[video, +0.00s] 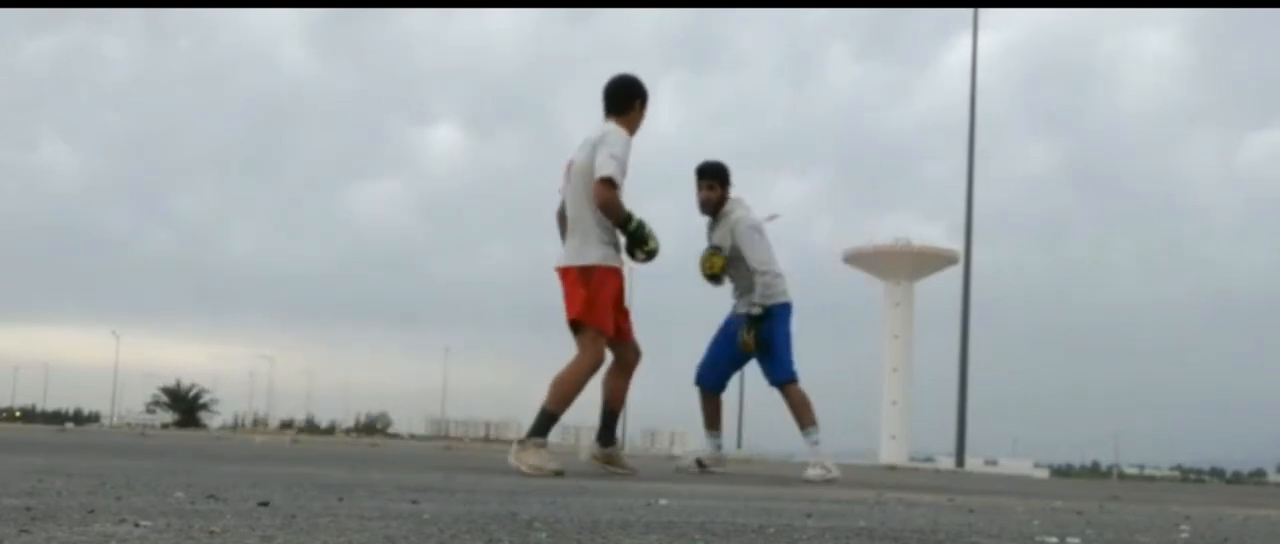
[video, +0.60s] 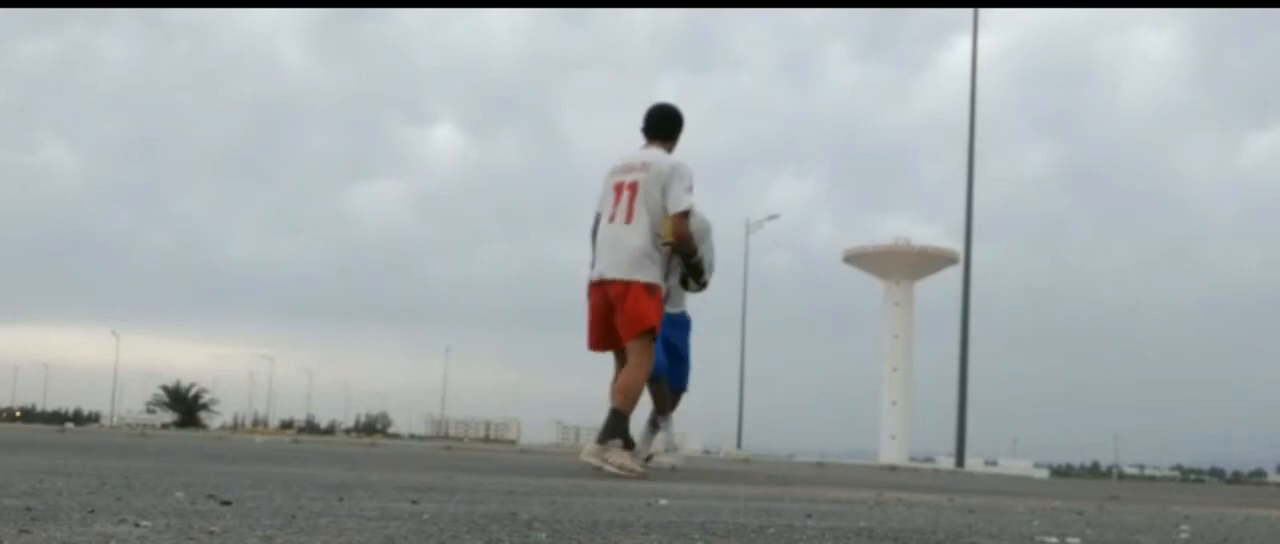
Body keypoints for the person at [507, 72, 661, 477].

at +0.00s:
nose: (644, 117)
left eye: (644, 110)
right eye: (644, 109)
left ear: (607, 106)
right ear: (637, 107)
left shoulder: (587, 145)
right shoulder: (615, 139)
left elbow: (564, 208)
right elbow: (605, 194)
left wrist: (578, 251)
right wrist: (634, 229)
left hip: (585, 263)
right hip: (594, 264)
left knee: (627, 354)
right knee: (593, 353)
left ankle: (606, 445)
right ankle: (532, 442)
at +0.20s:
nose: (657, 110)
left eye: (655, 103)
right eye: (658, 103)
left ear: (622, 99)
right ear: (653, 102)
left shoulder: (602, 139)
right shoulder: (636, 136)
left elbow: (579, 201)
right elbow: (623, 193)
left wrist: (591, 242)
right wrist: (653, 225)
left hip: (595, 256)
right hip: (615, 256)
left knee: (626, 349)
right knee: (622, 347)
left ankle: (603, 442)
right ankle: (562, 427)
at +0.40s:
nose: (673, 128)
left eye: (670, 122)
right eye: (673, 122)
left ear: (638, 117)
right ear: (669, 121)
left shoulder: (612, 155)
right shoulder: (659, 150)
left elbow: (590, 215)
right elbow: (653, 209)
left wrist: (633, 232)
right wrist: (674, 242)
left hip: (596, 268)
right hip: (624, 269)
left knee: (627, 355)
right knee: (639, 357)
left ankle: (607, 444)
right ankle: (605, 445)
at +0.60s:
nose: (677, 141)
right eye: (679, 136)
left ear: (644, 132)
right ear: (677, 136)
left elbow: (597, 225)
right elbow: (678, 227)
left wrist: (600, 265)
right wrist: (694, 266)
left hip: (603, 272)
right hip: (639, 274)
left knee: (624, 360)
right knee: (640, 358)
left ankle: (619, 442)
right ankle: (607, 441)